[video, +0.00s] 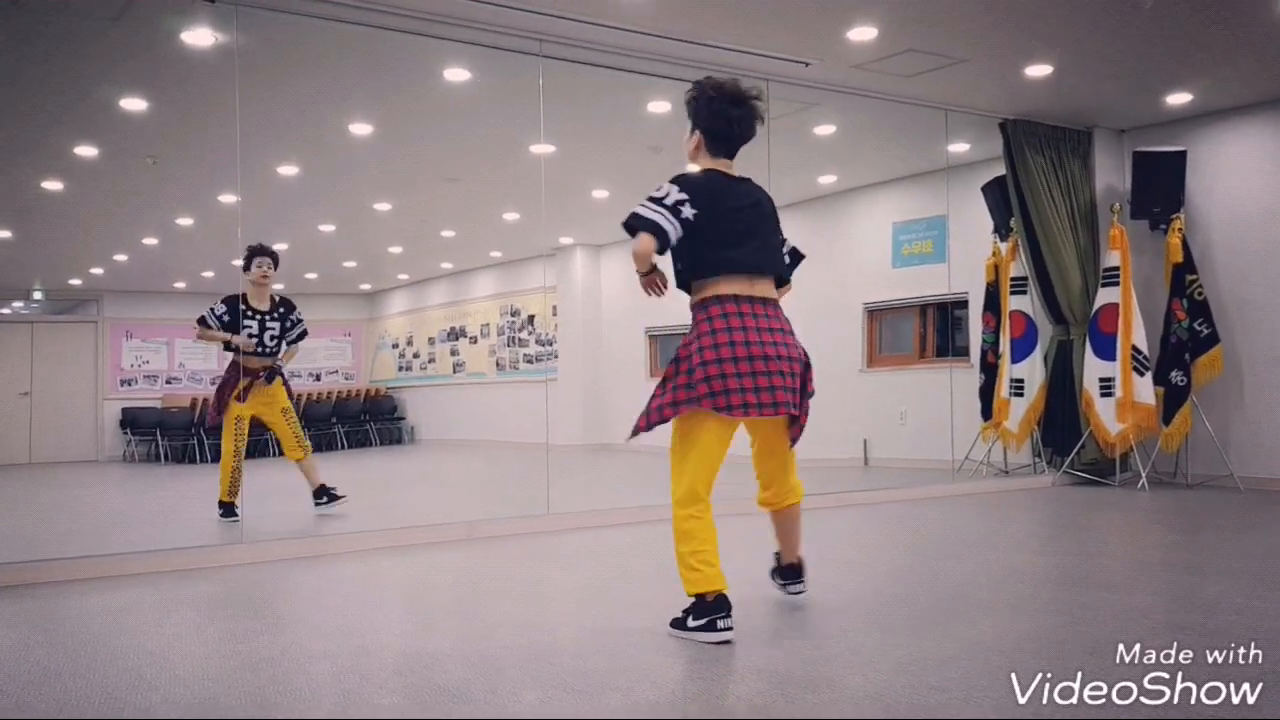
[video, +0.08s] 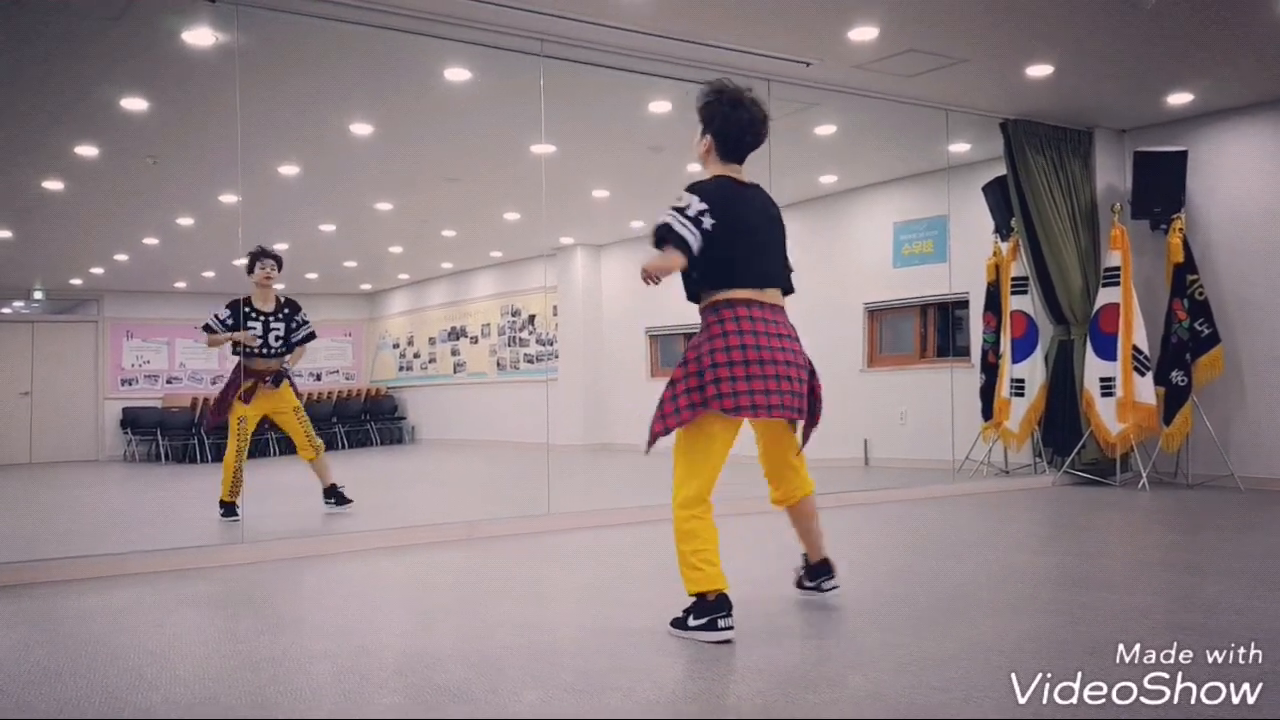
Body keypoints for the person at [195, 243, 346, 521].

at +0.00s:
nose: (265, 271)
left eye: (270, 267)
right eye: (259, 266)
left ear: (275, 273)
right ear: (247, 271)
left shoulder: (284, 307)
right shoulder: (232, 304)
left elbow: (294, 345)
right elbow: (201, 331)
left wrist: (278, 366)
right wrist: (232, 338)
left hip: (272, 383)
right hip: (239, 383)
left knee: (295, 435)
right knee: (233, 447)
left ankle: (319, 490)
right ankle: (227, 502)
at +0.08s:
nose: (268, 272)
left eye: (273, 268)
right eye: (262, 268)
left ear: (278, 275)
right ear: (251, 273)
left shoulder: (289, 307)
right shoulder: (237, 308)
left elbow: (302, 344)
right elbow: (210, 339)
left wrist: (287, 366)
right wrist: (233, 336)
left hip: (280, 385)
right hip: (247, 386)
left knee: (308, 437)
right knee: (237, 448)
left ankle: (330, 490)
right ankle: (228, 501)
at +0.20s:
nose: (282, 272)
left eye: (286, 268)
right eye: (276, 267)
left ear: (293, 274)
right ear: (266, 274)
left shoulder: (307, 304)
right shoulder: (256, 310)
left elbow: (324, 339)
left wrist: (309, 366)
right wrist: (245, 338)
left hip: (300, 381)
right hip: (267, 383)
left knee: (324, 441)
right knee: (245, 442)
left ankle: (338, 489)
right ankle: (231, 498)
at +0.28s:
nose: (291, 269)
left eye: (295, 265)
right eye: (285, 265)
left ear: (301, 270)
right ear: (275, 271)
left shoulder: (314, 298)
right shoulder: (267, 308)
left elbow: (337, 329)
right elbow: (265, 349)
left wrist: (324, 358)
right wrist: (252, 337)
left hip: (312, 375)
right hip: (280, 376)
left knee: (328, 438)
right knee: (254, 438)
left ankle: (338, 490)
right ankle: (237, 496)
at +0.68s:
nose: (339, 269)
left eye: (343, 264)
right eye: (333, 264)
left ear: (347, 268)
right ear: (321, 269)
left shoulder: (357, 300)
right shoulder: (311, 300)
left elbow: (381, 327)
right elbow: (292, 326)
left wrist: (383, 334)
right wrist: (308, 331)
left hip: (358, 368)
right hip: (328, 372)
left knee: (361, 433)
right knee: (341, 434)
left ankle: (350, 483)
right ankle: (359, 480)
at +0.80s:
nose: (350, 280)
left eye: (353, 275)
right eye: (343, 275)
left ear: (358, 280)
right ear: (332, 280)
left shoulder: (364, 311)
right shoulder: (323, 310)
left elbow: (372, 343)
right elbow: (314, 342)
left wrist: (391, 345)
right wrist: (322, 366)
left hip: (364, 378)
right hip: (336, 383)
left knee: (379, 435)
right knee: (351, 443)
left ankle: (362, 479)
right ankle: (363, 488)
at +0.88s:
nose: (353, 283)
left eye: (357, 279)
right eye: (347, 278)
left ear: (362, 283)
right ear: (335, 283)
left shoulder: (367, 315)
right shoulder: (326, 312)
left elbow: (375, 353)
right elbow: (319, 347)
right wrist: (323, 379)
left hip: (365, 380)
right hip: (338, 384)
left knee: (380, 440)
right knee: (352, 444)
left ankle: (366, 485)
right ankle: (362, 490)